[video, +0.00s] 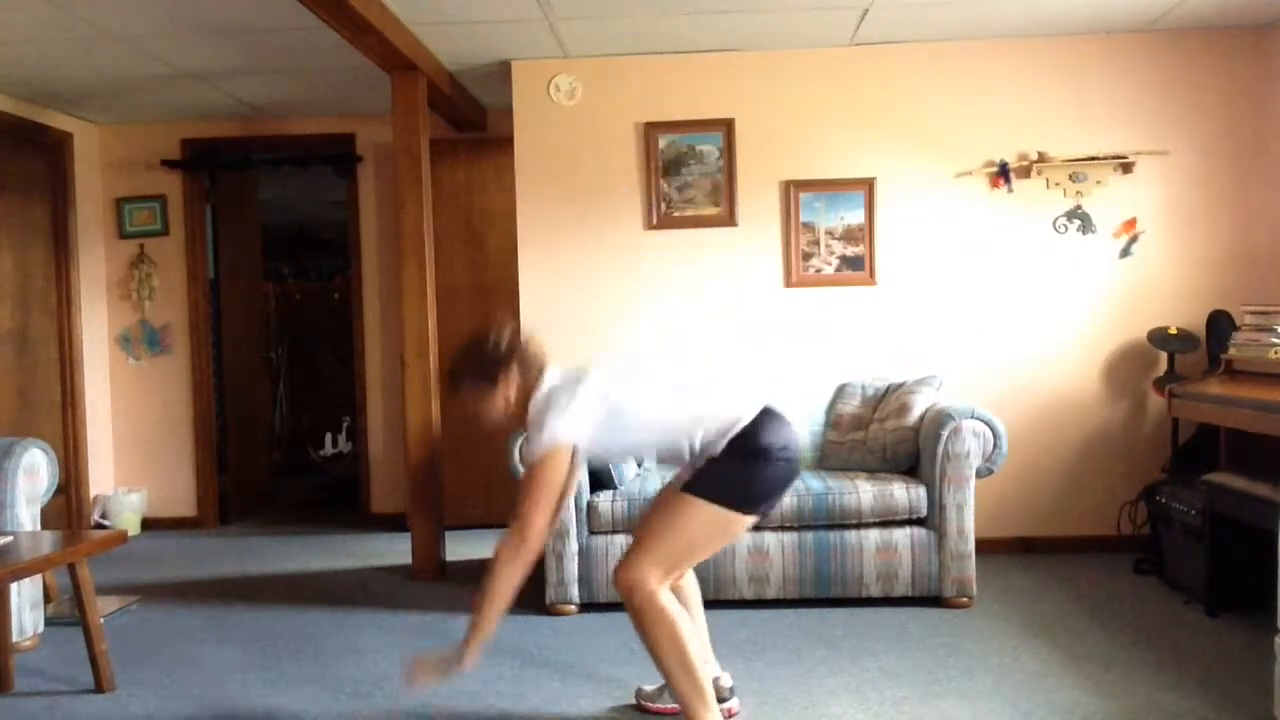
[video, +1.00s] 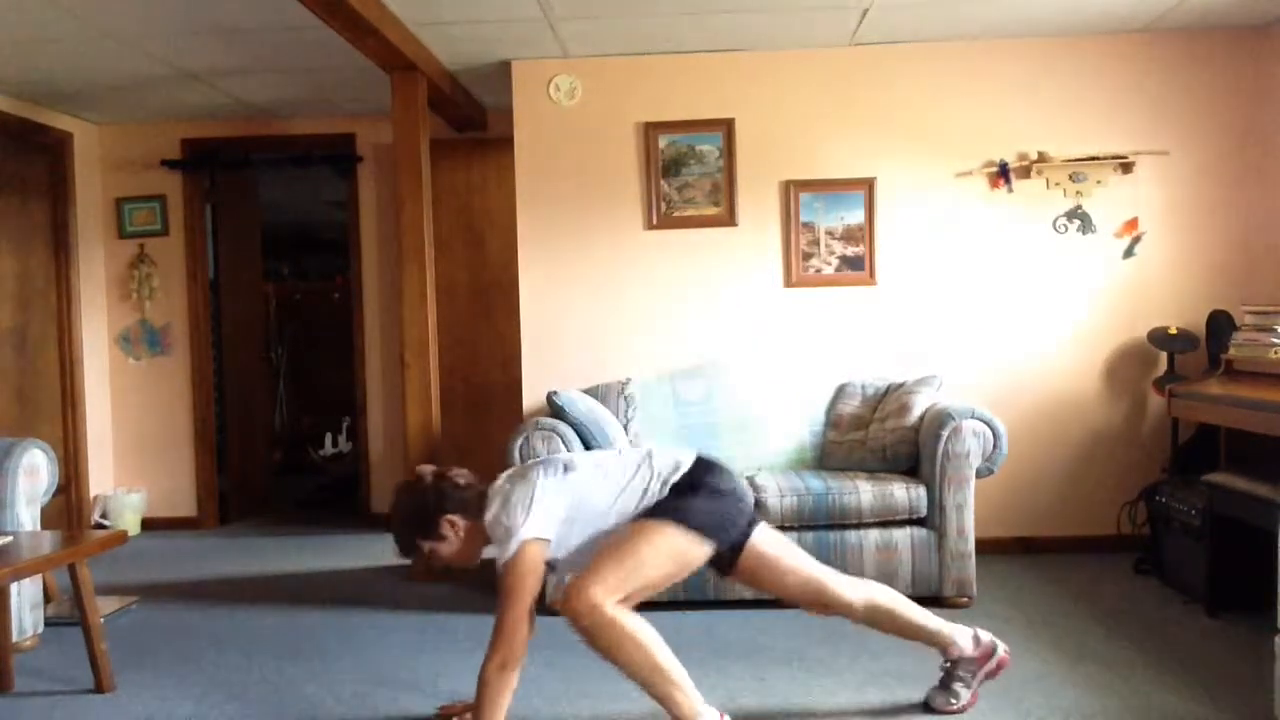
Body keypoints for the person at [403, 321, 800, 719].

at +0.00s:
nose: (477, 415)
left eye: (477, 401)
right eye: (471, 404)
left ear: (507, 382)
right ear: (510, 377)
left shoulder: (557, 415)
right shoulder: (564, 392)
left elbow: (523, 543)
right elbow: (535, 532)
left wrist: (469, 650)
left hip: (754, 443)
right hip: (754, 434)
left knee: (639, 578)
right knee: (658, 555)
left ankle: (706, 714)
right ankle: (707, 683)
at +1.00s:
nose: (435, 566)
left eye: (428, 556)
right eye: (426, 558)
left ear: (449, 527)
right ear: (457, 501)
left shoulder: (522, 510)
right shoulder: (514, 487)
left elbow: (508, 640)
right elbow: (516, 622)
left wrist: (487, 714)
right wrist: (484, 699)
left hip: (693, 496)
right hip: (704, 491)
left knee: (589, 599)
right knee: (832, 590)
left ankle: (699, 714)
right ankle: (968, 644)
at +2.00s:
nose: (458, 581)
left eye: (446, 573)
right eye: (448, 576)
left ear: (457, 542)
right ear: (461, 528)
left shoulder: (517, 517)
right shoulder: (516, 486)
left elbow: (502, 654)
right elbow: (517, 630)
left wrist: (481, 716)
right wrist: (483, 699)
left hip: (687, 460)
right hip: (703, 466)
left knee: (588, 569)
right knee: (817, 577)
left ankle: (684, 699)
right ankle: (950, 638)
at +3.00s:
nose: (459, 317)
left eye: (462, 299)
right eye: (454, 302)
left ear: (494, 283)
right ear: (499, 280)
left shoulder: (535, 322)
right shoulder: (550, 303)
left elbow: (525, 455)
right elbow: (559, 433)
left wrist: (519, 536)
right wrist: (533, 519)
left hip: (705, 424)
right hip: (695, 419)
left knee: (605, 571)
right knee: (612, 536)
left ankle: (671, 711)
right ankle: (670, 666)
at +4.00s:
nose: (447, 282)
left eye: (452, 267)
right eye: (443, 269)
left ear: (488, 251)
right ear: (492, 250)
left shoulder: (526, 294)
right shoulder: (538, 280)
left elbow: (505, 417)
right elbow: (555, 388)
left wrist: (486, 519)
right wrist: (542, 475)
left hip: (701, 400)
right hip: (693, 398)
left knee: (631, 559)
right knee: (642, 549)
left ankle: (676, 711)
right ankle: (675, 672)